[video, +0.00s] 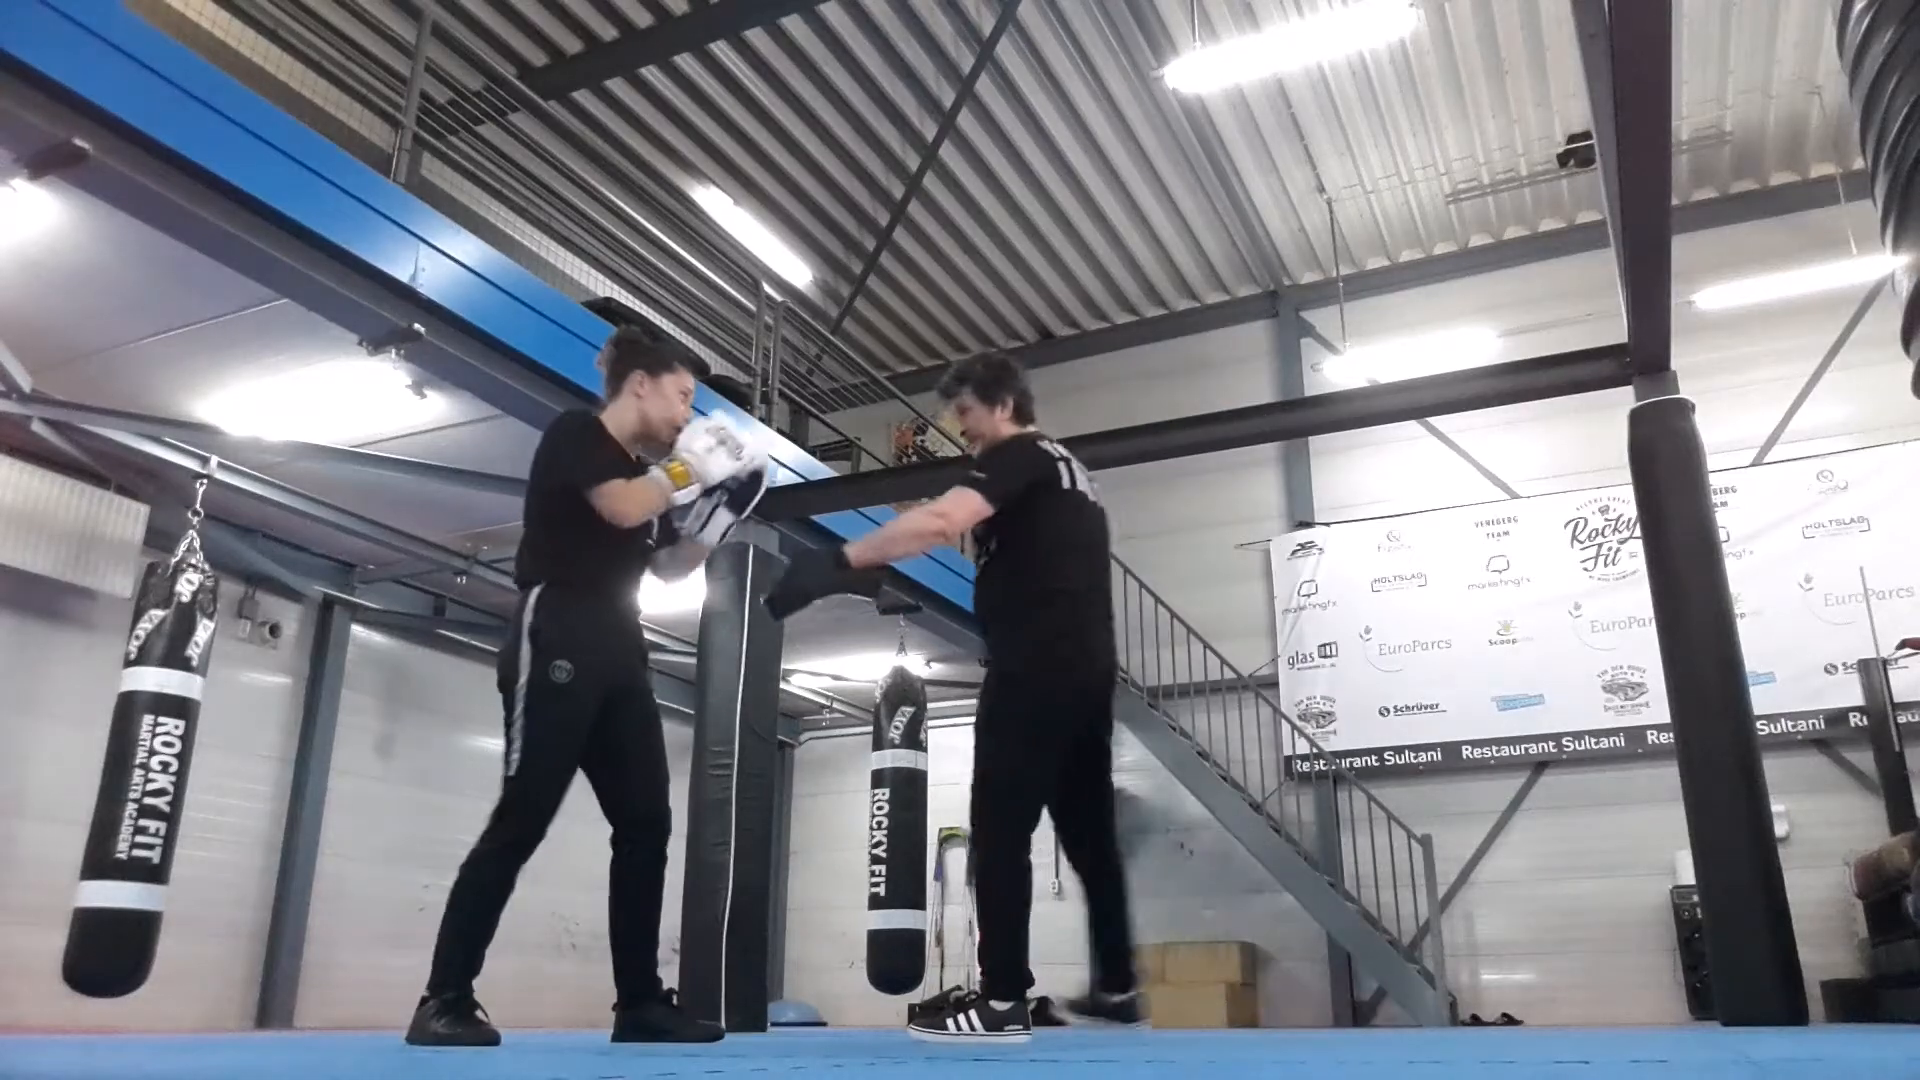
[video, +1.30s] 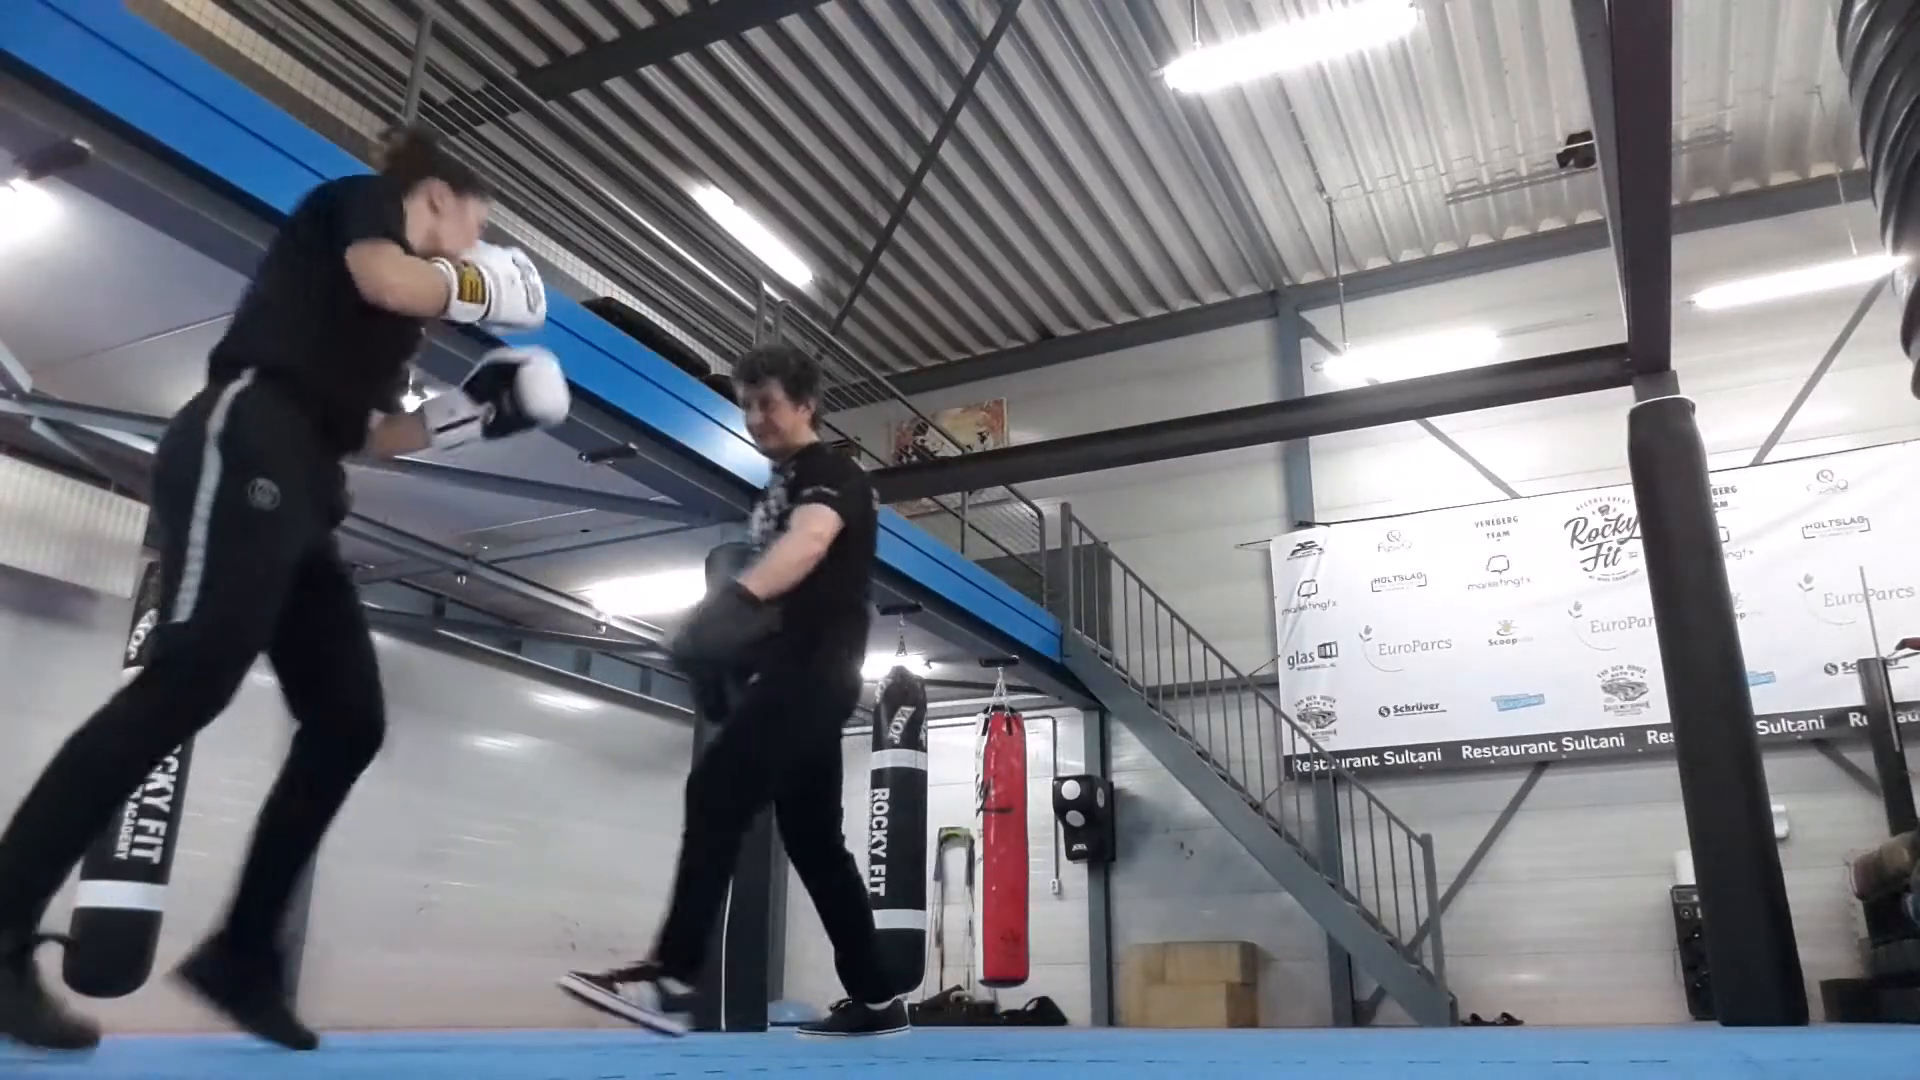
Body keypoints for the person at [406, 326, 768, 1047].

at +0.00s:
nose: (688, 415)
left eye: (692, 402)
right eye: (682, 396)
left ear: (646, 397)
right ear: (638, 385)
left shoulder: (639, 470)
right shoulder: (576, 432)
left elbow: (667, 569)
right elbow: (621, 505)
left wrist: (713, 517)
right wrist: (690, 466)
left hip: (616, 650)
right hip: (556, 641)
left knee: (645, 824)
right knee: (518, 822)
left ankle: (641, 1005)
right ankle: (444, 999)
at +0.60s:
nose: (643, 386)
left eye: (647, 375)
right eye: (640, 370)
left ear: (600, 362)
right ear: (606, 357)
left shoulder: (579, 431)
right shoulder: (547, 400)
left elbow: (635, 535)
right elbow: (630, 456)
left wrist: (661, 464)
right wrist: (674, 421)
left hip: (552, 626)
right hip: (500, 615)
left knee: (589, 810)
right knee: (465, 795)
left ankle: (629, 986)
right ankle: (314, 989)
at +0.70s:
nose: (624, 348)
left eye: (626, 337)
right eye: (621, 333)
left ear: (583, 322)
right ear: (586, 313)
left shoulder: (556, 397)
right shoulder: (524, 346)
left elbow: (603, 503)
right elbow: (602, 418)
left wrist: (668, 441)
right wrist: (646, 385)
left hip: (508, 575)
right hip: (451, 556)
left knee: (571, 762)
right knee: (441, 750)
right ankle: (298, 969)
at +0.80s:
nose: (602, 330)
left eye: (606, 316)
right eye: (597, 309)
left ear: (554, 303)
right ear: (557, 291)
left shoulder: (532, 379)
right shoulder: (492, 327)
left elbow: (558, 503)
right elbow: (557, 417)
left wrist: (641, 470)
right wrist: (618, 382)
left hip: (471, 572)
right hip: (420, 551)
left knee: (525, 768)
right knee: (406, 735)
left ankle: (401, 954)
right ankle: (211, 932)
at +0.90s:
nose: (568, 341)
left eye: (571, 326)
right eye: (565, 321)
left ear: (520, 307)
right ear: (521, 304)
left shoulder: (491, 392)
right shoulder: (450, 344)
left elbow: (481, 528)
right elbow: (494, 442)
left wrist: (586, 506)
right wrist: (567, 414)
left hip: (433, 604)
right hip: (387, 581)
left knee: (468, 812)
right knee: (320, 759)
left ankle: (357, 1002)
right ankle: (88, 946)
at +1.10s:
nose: (516, 319)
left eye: (519, 303)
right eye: (513, 298)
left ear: (467, 284)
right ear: (472, 277)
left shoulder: (426, 362)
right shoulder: (379, 298)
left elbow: (370, 482)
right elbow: (394, 395)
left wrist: (462, 498)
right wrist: (491, 385)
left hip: (350, 584)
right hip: (285, 557)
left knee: (390, 779)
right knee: (208, 750)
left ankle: (361, 985)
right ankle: (16, 970)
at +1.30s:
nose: (477, 241)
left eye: (482, 228)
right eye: (474, 218)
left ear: (432, 214)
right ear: (432, 190)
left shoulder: (397, 294)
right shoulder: (360, 198)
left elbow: (359, 434)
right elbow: (383, 278)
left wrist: (468, 411)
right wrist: (480, 287)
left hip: (296, 486)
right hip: (239, 441)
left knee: (346, 727)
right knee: (187, 681)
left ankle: (243, 959)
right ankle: (4, 935)